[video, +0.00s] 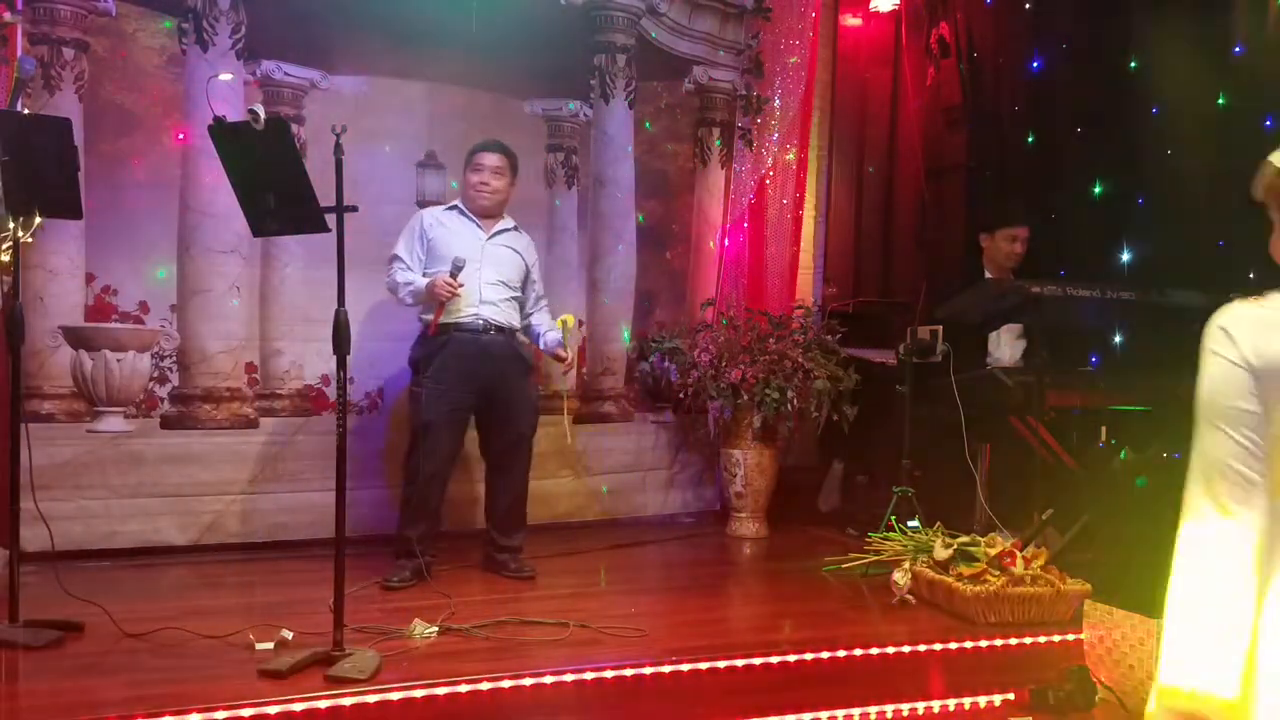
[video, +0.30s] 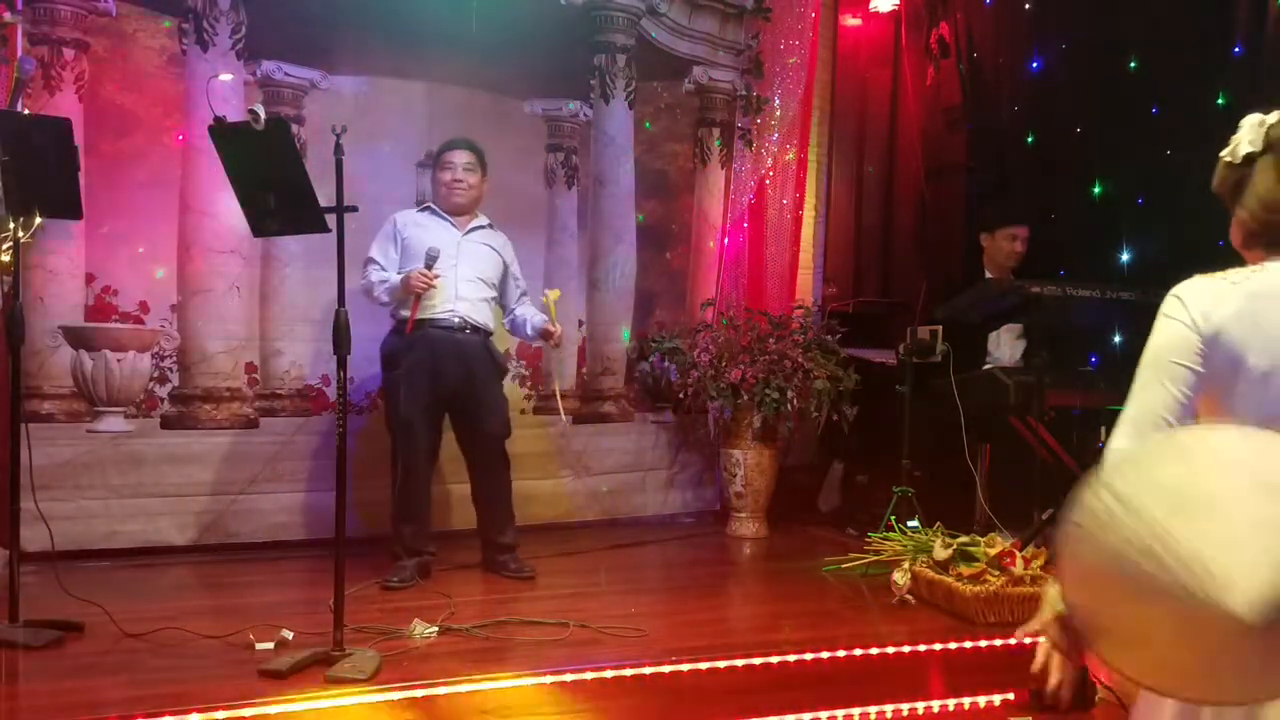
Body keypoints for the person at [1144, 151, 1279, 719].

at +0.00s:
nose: (1273, 245)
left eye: (1275, 221)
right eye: (1270, 221)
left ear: (1277, 232)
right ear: (1268, 228)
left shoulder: (1244, 335)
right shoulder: (1242, 335)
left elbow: (1224, 524)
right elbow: (1223, 523)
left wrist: (1194, 694)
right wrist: (1198, 693)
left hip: (1259, 683)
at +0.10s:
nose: (1256, 230)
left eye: (1259, 199)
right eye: (1257, 200)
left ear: (1272, 206)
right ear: (1265, 206)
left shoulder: (1232, 316)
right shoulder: (1231, 317)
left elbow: (1199, 488)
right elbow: (1198, 489)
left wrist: (1158, 668)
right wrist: (1160, 666)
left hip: (1258, 657)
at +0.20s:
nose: (1246, 222)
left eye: (1247, 202)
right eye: (1248, 202)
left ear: (1254, 215)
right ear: (1262, 212)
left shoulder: (1222, 305)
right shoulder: (1225, 306)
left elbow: (1170, 470)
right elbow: (1169, 469)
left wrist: (1109, 631)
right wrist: (1111, 630)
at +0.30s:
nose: (1231, 224)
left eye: (1234, 212)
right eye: (1238, 211)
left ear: (1240, 226)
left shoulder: (1206, 304)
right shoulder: (1207, 304)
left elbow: (1131, 460)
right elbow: (1131, 459)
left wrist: (1073, 596)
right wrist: (1076, 597)